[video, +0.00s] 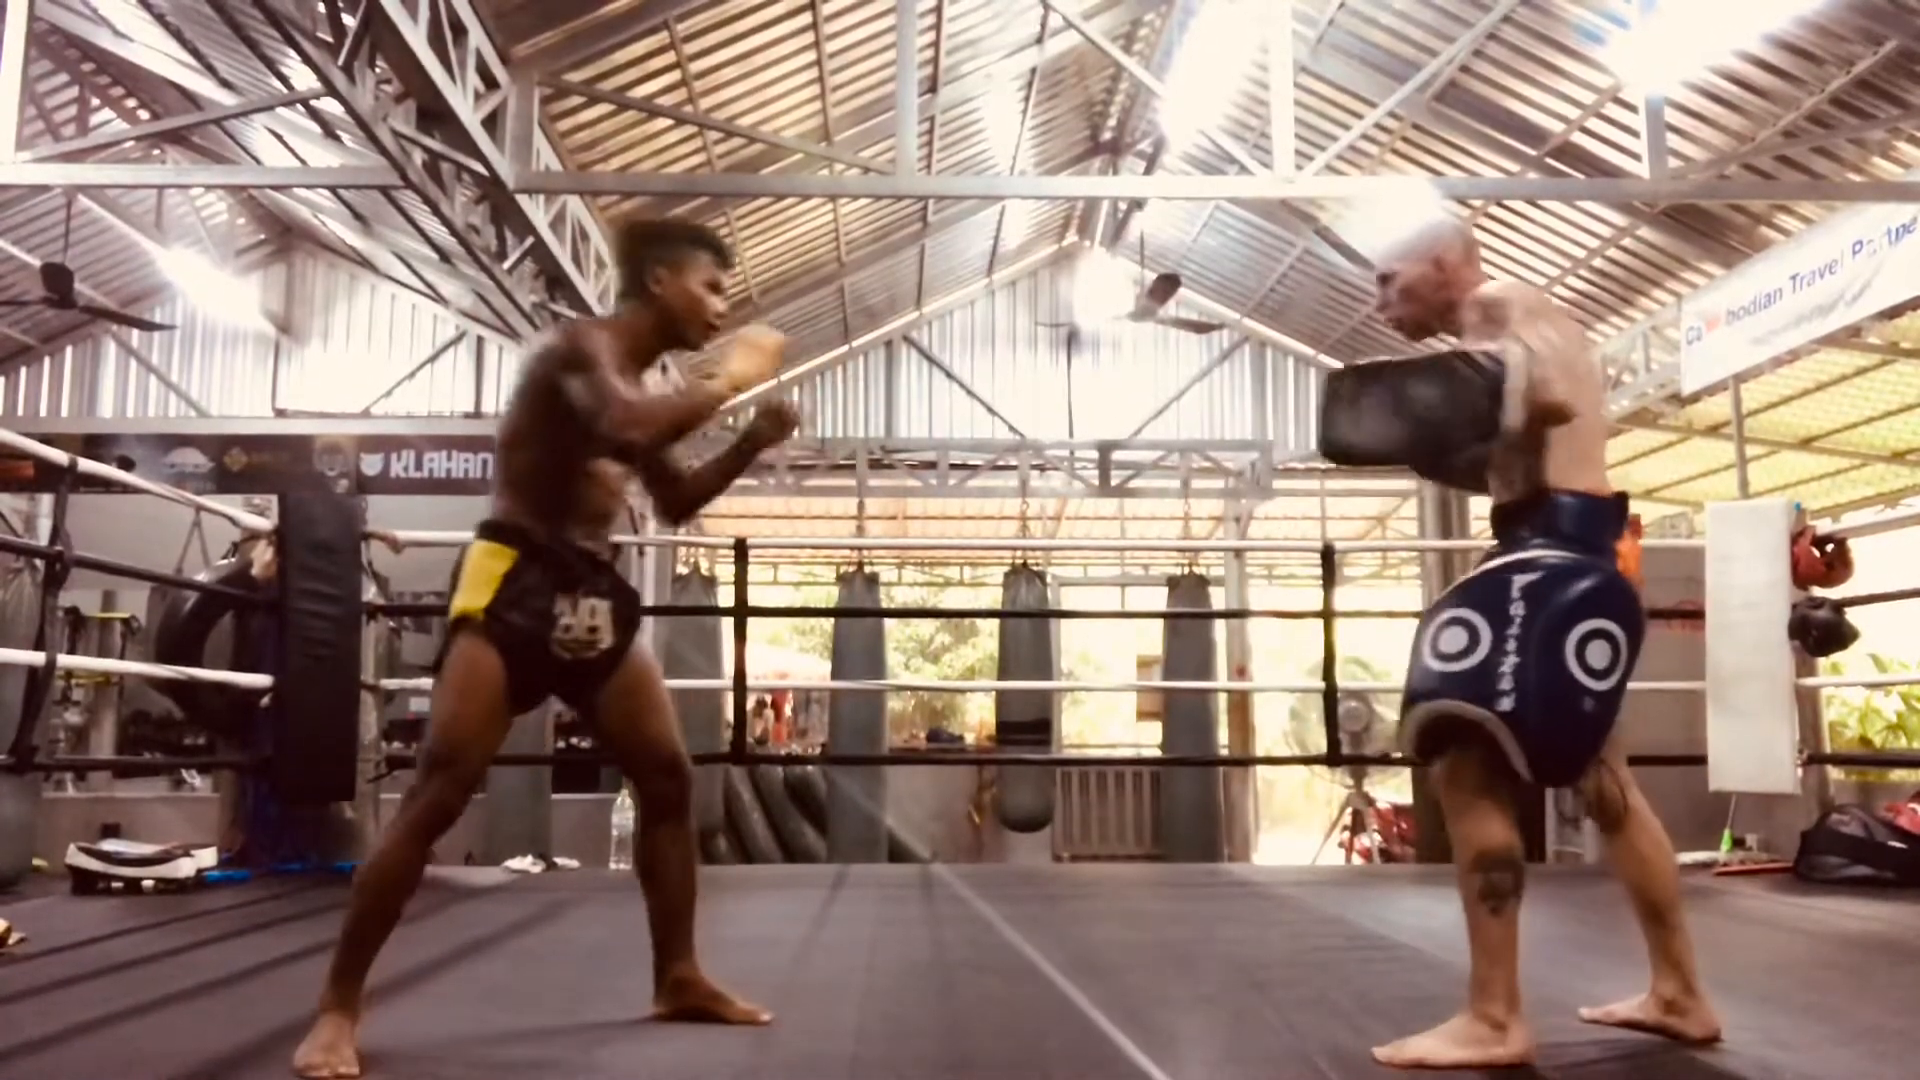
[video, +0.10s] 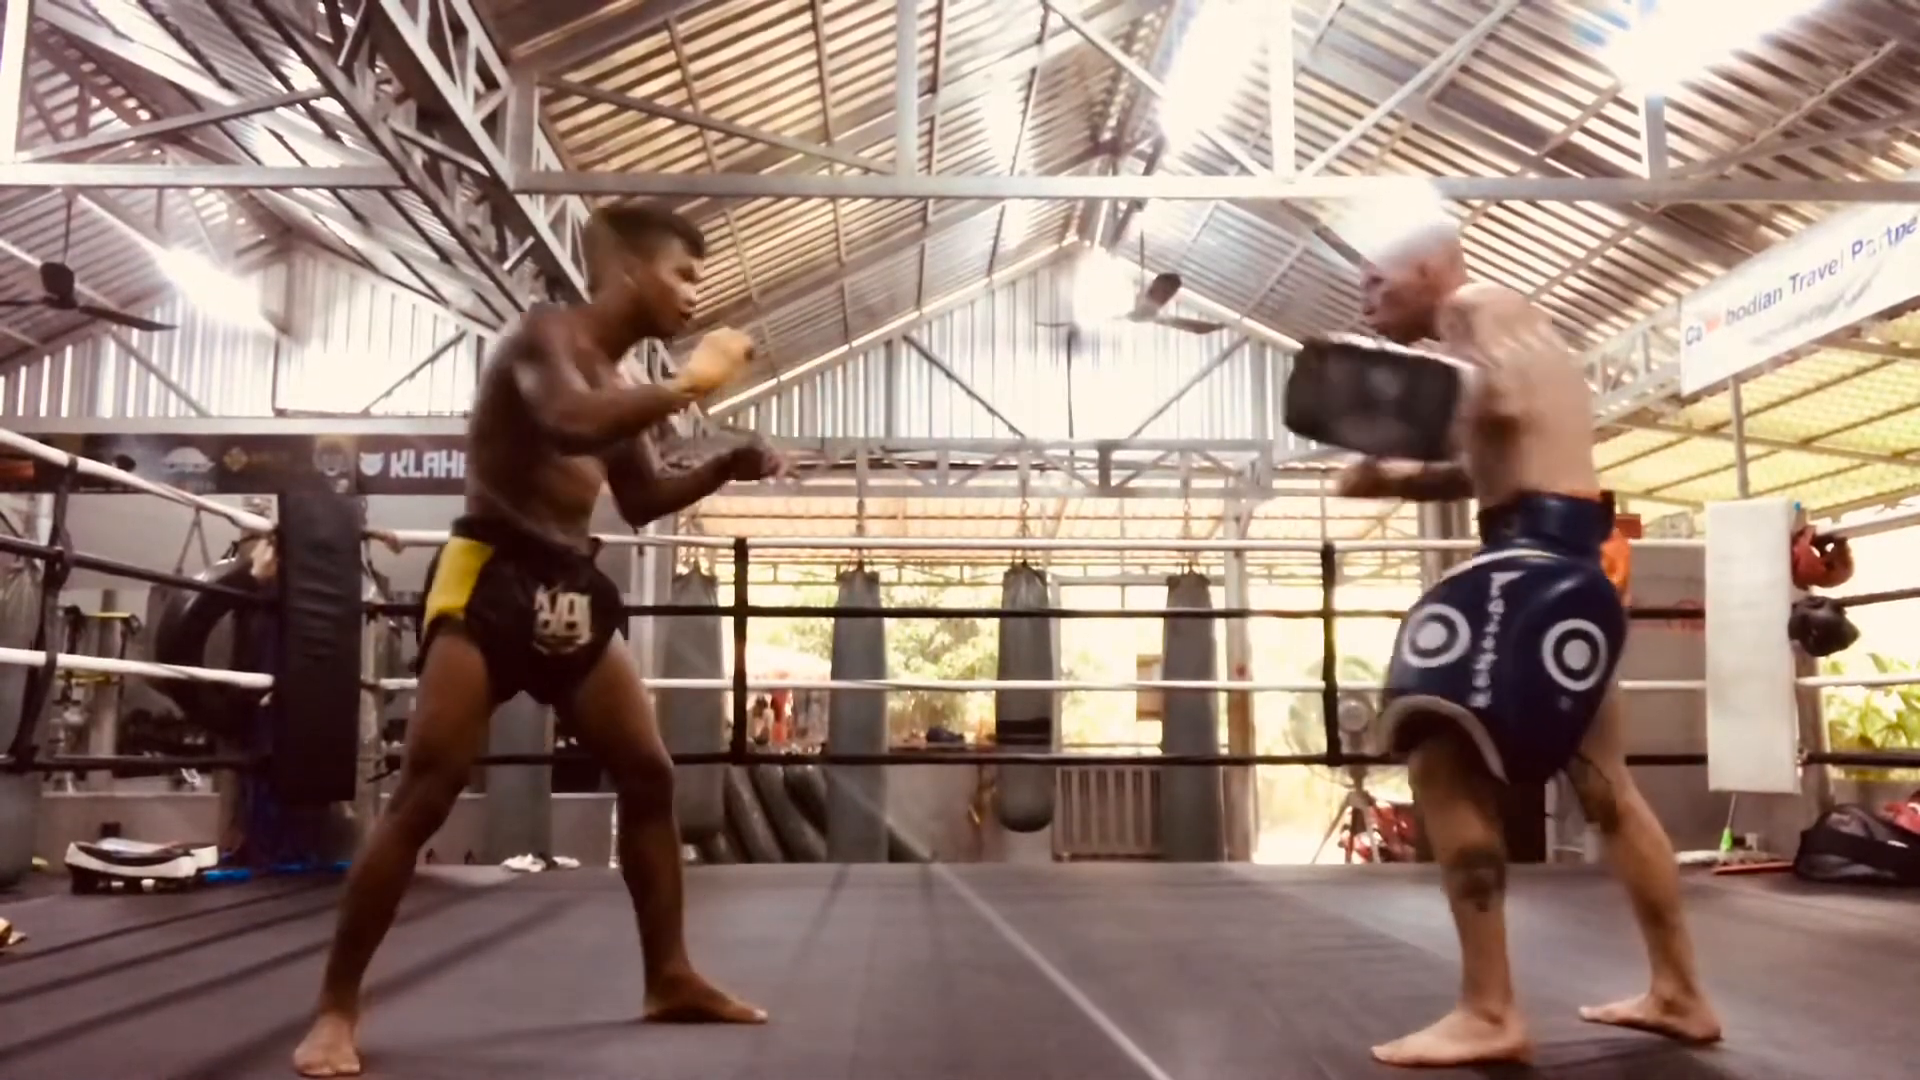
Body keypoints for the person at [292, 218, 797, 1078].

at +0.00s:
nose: (724, 303)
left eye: (726, 289)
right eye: (713, 284)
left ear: (671, 286)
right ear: (660, 279)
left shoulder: (639, 387)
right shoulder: (580, 342)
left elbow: (679, 502)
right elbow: (620, 422)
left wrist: (752, 441)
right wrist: (726, 380)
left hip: (593, 584)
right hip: (514, 569)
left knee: (667, 780)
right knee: (441, 791)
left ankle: (678, 979)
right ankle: (337, 1012)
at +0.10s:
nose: (693, 294)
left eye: (695, 280)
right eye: (684, 274)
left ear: (649, 279)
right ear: (627, 265)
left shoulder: (618, 379)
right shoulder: (542, 331)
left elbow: (640, 499)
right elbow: (567, 417)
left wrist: (725, 467)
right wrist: (686, 388)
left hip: (571, 582)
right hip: (489, 568)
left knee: (648, 773)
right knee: (426, 792)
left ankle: (669, 980)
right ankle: (336, 1012)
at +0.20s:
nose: (681, 283)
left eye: (683, 267)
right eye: (670, 262)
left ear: (641, 270)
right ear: (611, 255)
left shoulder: (618, 377)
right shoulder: (526, 321)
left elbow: (670, 483)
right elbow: (534, 409)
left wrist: (728, 424)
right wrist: (673, 394)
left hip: (566, 582)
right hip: (479, 568)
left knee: (650, 771)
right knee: (418, 798)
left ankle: (668, 980)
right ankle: (335, 1012)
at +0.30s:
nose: (683, 279)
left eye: (685, 262)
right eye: (671, 258)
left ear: (627, 262)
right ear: (613, 254)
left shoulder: (642, 373)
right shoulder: (533, 327)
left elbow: (684, 474)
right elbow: (564, 401)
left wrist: (743, 421)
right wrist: (718, 412)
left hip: (576, 581)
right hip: (487, 571)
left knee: (687, 754)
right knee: (420, 803)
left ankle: (650, 972)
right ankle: (337, 1011)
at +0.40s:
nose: (695, 266)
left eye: (695, 251)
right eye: (681, 246)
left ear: (634, 255)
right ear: (619, 247)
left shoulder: (637, 353)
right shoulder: (581, 319)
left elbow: (654, 489)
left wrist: (677, 508)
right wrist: (758, 352)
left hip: (605, 589)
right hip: (527, 579)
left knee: (725, 761)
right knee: (459, 799)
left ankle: (650, 988)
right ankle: (346, 1006)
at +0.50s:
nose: (710, 264)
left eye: (709, 250)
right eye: (696, 247)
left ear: (652, 254)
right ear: (643, 250)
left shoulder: (649, 337)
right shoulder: (618, 310)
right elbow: (756, 355)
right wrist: (765, 313)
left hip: (662, 576)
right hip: (599, 564)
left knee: (740, 792)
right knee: (594, 780)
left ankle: (638, 1008)